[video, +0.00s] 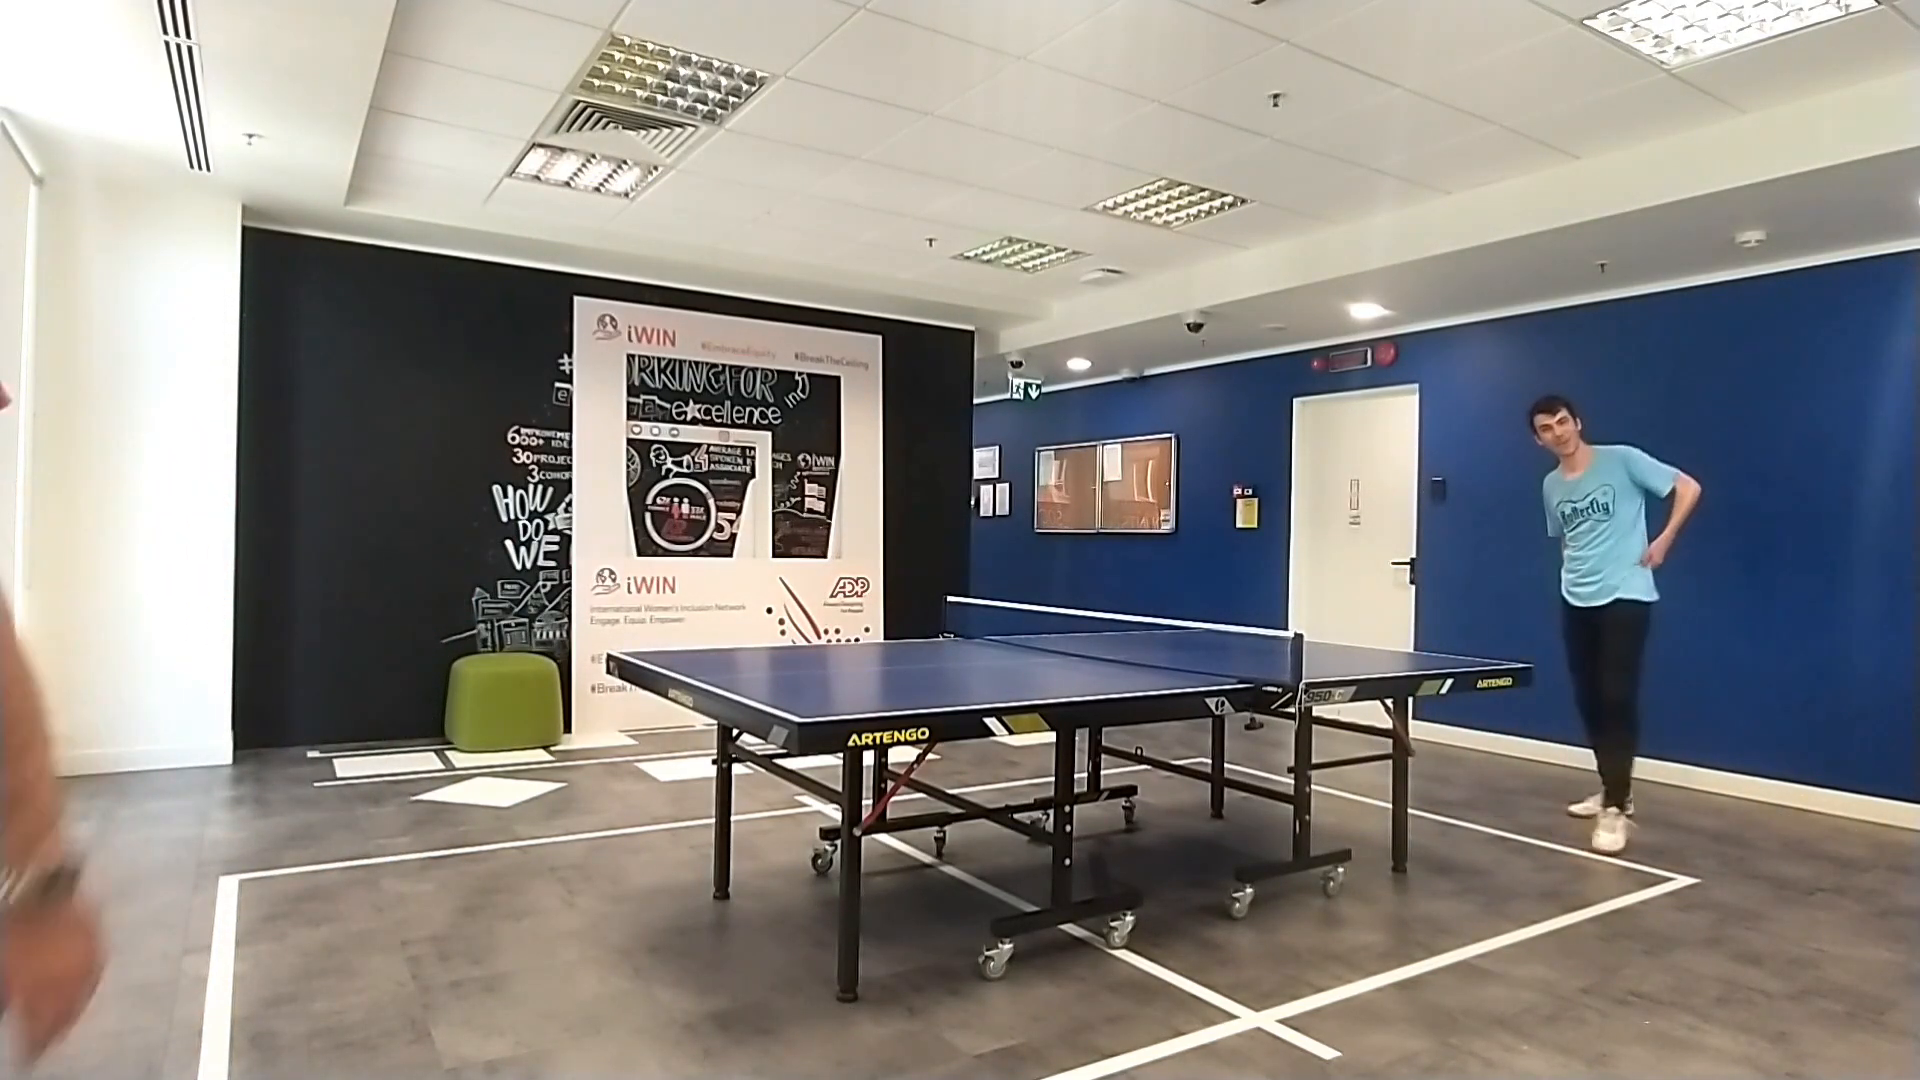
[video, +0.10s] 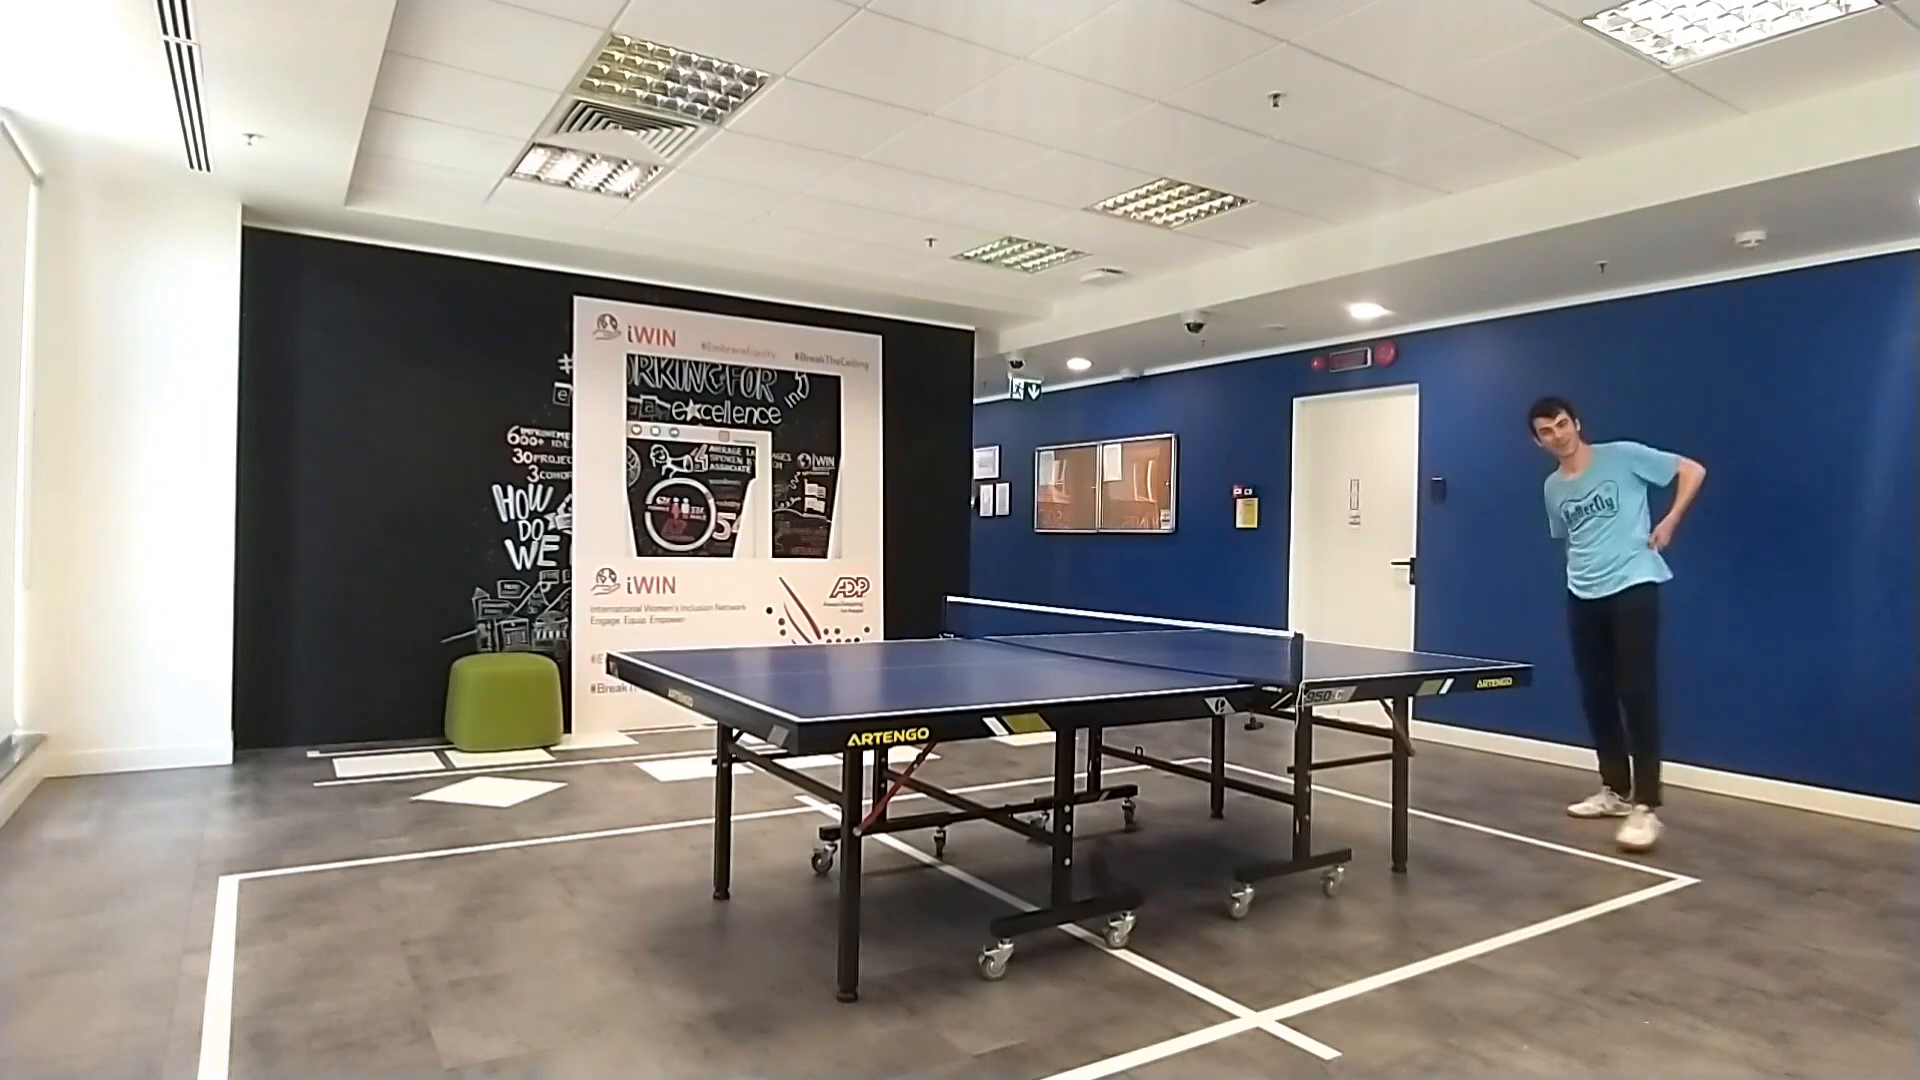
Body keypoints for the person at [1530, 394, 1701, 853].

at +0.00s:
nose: (1556, 431)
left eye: (1560, 421)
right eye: (1546, 428)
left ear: (1576, 422)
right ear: (1540, 440)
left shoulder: (1622, 459)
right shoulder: (1552, 485)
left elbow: (1688, 487)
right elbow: (1564, 542)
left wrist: (1664, 540)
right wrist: (1571, 583)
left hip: (1626, 595)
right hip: (1578, 601)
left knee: (1617, 695)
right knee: (1590, 697)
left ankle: (1617, 809)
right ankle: (1612, 791)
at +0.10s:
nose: (1555, 433)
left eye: (1560, 424)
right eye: (1545, 431)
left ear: (1576, 423)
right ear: (1539, 442)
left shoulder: (1620, 454)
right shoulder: (1553, 487)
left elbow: (1692, 471)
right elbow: (1567, 541)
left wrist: (1669, 522)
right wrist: (1580, 577)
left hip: (1633, 586)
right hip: (1584, 595)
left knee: (1636, 690)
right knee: (1597, 693)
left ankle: (1646, 808)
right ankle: (1616, 791)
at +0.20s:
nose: (1562, 433)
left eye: (1566, 423)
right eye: (1551, 430)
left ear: (1580, 423)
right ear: (1544, 441)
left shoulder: (1623, 454)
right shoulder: (1556, 488)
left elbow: (1695, 466)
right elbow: (1569, 543)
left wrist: (1673, 515)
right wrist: (1586, 574)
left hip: (1640, 583)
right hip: (1590, 594)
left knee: (1651, 688)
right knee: (1602, 692)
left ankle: (1674, 805)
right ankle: (1617, 793)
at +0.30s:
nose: (1573, 432)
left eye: (1578, 422)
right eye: (1563, 428)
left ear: (1591, 422)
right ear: (1553, 439)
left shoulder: (1632, 454)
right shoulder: (1561, 486)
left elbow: (1701, 471)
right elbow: (1572, 542)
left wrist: (1680, 519)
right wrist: (1589, 574)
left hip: (1647, 587)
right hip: (1594, 596)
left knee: (1667, 689)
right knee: (1606, 695)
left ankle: (1698, 803)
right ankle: (1617, 793)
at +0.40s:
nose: (1592, 428)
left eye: (1596, 420)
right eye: (1581, 423)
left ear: (1607, 421)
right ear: (1568, 433)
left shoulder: (1645, 455)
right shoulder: (1568, 484)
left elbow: (1708, 478)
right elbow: (1576, 542)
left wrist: (1690, 522)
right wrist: (1588, 581)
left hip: (1656, 589)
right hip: (1601, 597)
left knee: (1680, 692)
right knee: (1608, 696)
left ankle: (1712, 800)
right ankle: (1617, 794)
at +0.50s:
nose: (1615, 426)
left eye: (1620, 418)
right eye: (1604, 420)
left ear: (1630, 420)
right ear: (1588, 428)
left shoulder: (1661, 456)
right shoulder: (1578, 482)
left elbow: (1717, 483)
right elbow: (1579, 541)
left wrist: (1703, 527)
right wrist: (1580, 594)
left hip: (1666, 591)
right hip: (1607, 596)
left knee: (1687, 693)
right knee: (1612, 694)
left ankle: (1712, 798)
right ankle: (1617, 793)